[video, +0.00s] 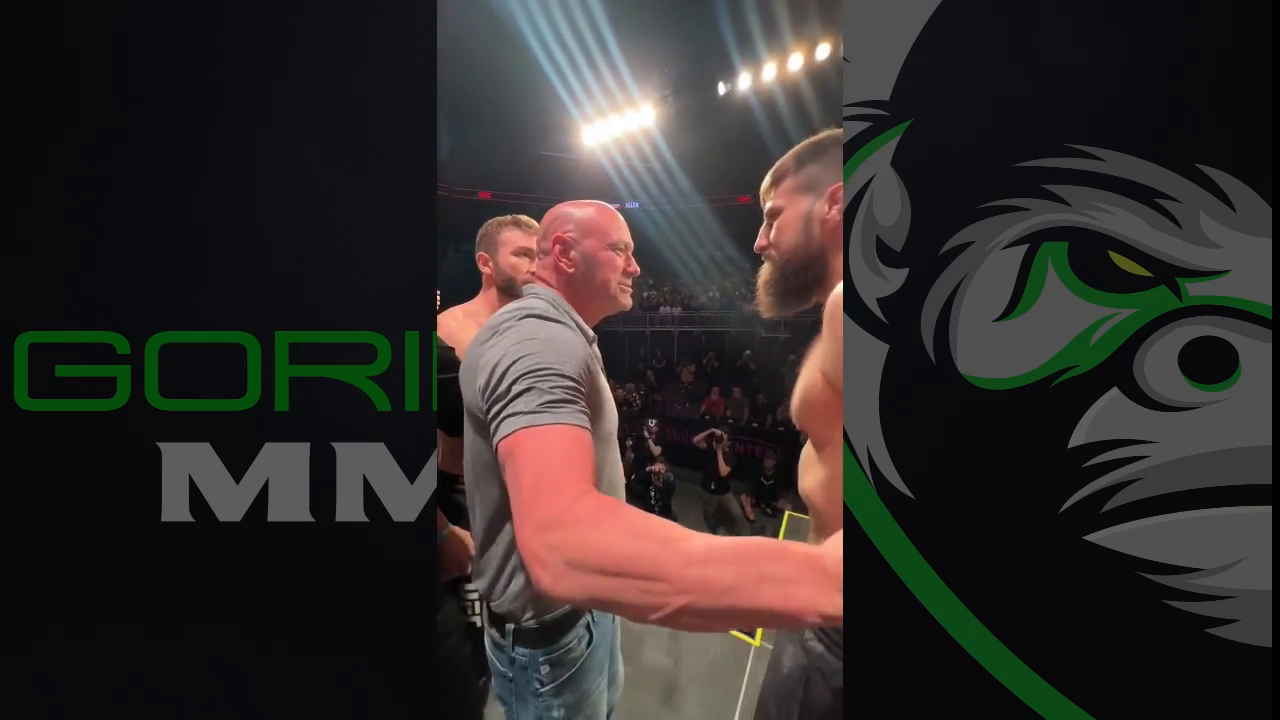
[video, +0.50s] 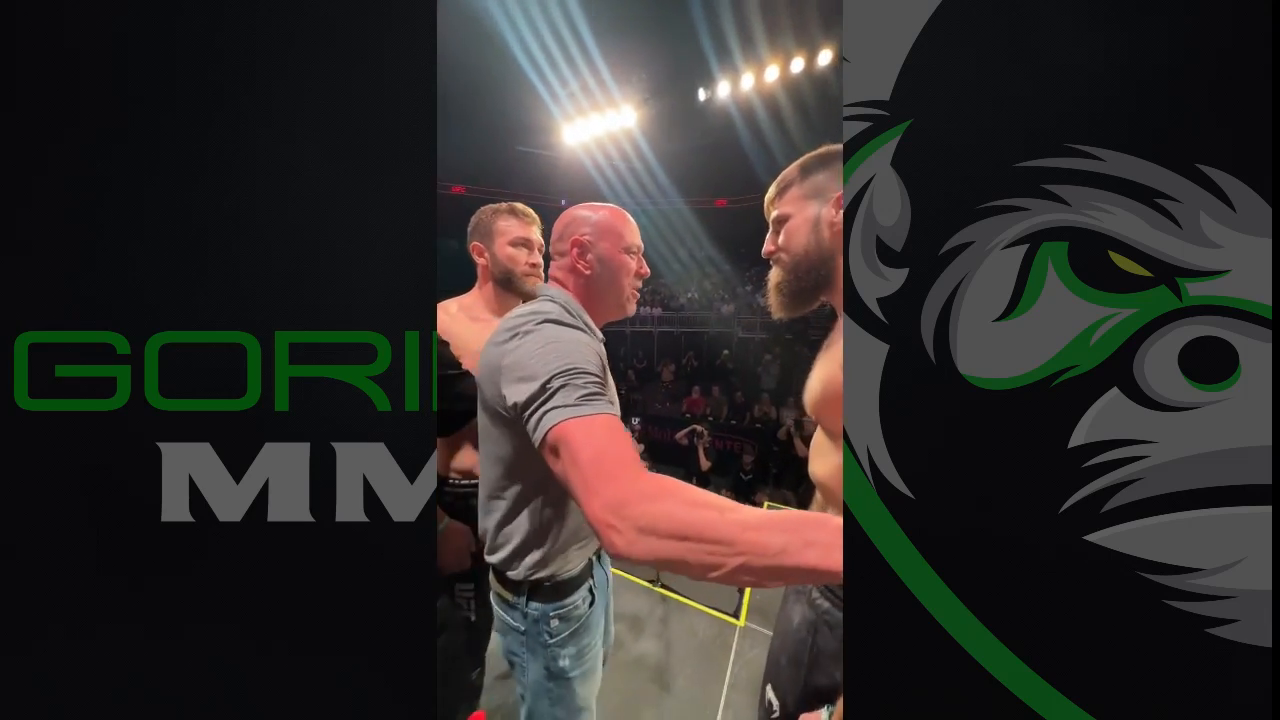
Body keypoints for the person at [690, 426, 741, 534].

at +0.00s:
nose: (719, 441)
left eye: (722, 439)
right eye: (718, 438)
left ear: (727, 441)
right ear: (714, 438)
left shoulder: (729, 455)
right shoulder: (709, 449)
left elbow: (723, 472)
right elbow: (695, 441)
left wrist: (719, 450)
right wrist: (711, 431)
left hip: (724, 492)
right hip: (708, 491)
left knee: (737, 515)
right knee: (708, 517)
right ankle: (712, 531)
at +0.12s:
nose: (717, 440)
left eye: (720, 439)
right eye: (716, 438)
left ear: (725, 441)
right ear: (713, 438)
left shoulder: (727, 454)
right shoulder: (708, 448)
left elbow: (721, 472)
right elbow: (693, 441)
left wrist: (717, 451)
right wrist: (708, 431)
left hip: (722, 491)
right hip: (706, 491)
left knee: (736, 515)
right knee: (705, 518)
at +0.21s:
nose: (715, 441)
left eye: (718, 439)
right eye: (714, 438)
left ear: (723, 441)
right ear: (710, 438)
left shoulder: (725, 454)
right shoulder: (706, 449)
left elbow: (720, 471)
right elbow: (692, 440)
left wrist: (715, 449)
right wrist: (707, 430)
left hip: (720, 491)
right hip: (704, 491)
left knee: (734, 514)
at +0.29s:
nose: (712, 440)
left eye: (715, 438)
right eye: (710, 437)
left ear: (720, 440)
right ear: (707, 438)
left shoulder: (722, 453)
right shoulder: (703, 449)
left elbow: (717, 470)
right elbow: (689, 440)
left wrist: (712, 449)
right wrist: (704, 430)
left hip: (717, 491)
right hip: (701, 490)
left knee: (731, 515)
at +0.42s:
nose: (704, 439)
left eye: (707, 436)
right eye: (703, 436)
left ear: (713, 438)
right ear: (700, 437)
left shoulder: (715, 452)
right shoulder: (696, 446)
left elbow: (710, 468)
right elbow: (682, 438)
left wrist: (705, 448)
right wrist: (697, 428)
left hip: (710, 489)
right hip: (693, 487)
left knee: (723, 511)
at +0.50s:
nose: (699, 438)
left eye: (702, 436)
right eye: (698, 435)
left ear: (708, 438)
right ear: (695, 436)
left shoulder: (710, 451)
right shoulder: (692, 446)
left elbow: (704, 467)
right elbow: (677, 437)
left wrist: (700, 446)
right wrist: (692, 427)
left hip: (702, 486)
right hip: (687, 483)